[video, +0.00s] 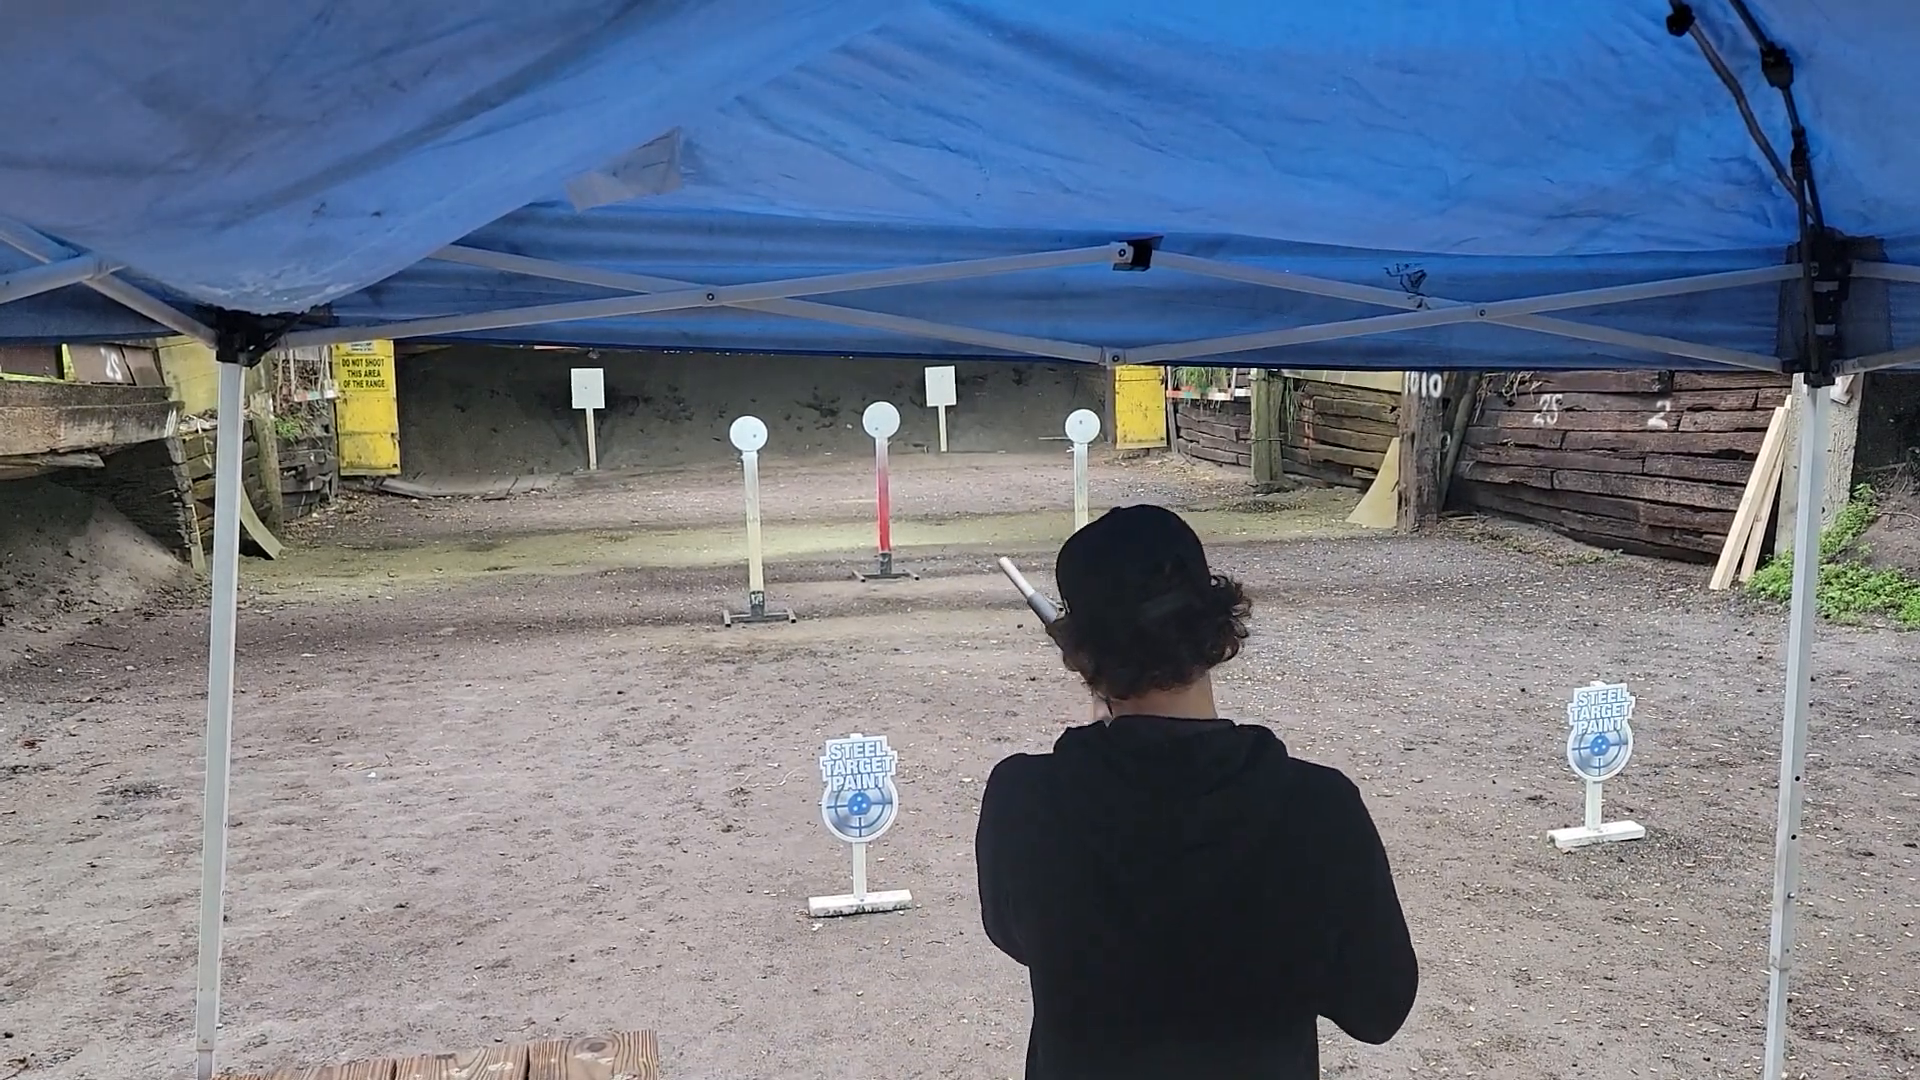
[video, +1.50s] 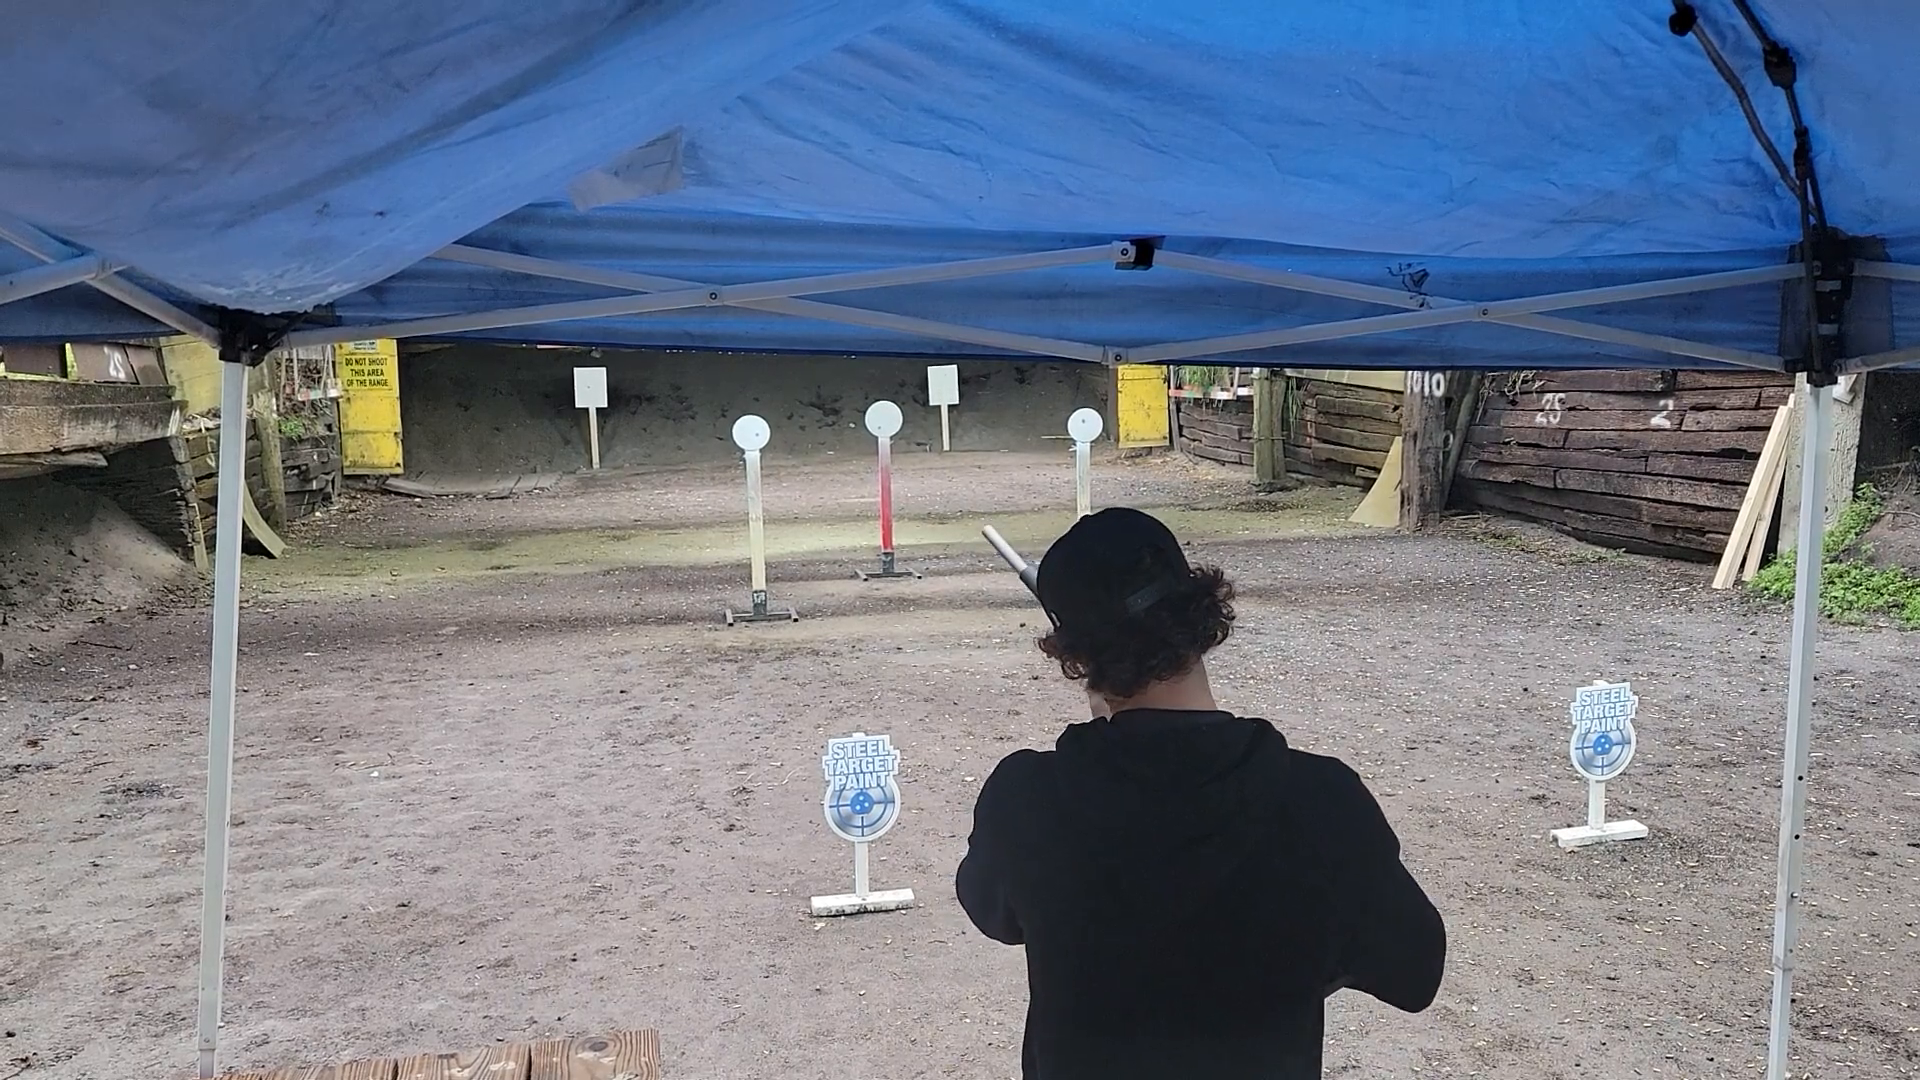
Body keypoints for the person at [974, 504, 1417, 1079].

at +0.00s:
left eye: (1071, 633)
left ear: (1078, 648)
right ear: (1217, 620)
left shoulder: (1023, 796)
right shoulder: (1321, 804)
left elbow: (1017, 935)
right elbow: (1380, 1010)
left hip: (1077, 1070)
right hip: (1269, 1070)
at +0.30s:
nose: (1063, 660)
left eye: (1064, 642)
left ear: (1074, 654)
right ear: (1206, 618)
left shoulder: (1024, 800)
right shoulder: (1323, 809)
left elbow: (1022, 944)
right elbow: (1381, 1023)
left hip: (1081, 1070)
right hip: (1271, 1070)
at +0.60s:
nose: (1067, 656)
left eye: (1066, 639)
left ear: (1075, 651)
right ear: (1207, 616)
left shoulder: (1027, 800)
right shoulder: (1326, 809)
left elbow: (1016, 938)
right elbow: (1384, 1022)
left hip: (1081, 1070)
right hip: (1272, 1070)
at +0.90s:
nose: (1065, 653)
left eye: (1066, 640)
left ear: (1081, 656)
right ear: (1210, 619)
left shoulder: (1031, 802)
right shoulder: (1328, 811)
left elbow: (984, 927)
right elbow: (1389, 1016)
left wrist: (1093, 760)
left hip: (1084, 1068)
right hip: (1270, 1069)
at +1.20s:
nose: (1056, 657)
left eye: (1057, 639)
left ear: (1073, 661)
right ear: (1198, 616)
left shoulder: (1028, 799)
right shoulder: (1324, 804)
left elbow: (959, 893)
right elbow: (1426, 976)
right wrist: (1310, 919)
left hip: (1079, 1069)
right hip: (1274, 1069)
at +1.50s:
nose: (1061, 648)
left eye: (1061, 634)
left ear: (1074, 652)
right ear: (1199, 611)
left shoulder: (1026, 795)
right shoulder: (1323, 799)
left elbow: (992, 912)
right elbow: (1417, 974)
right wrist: (1304, 909)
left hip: (1076, 1067)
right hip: (1269, 1067)